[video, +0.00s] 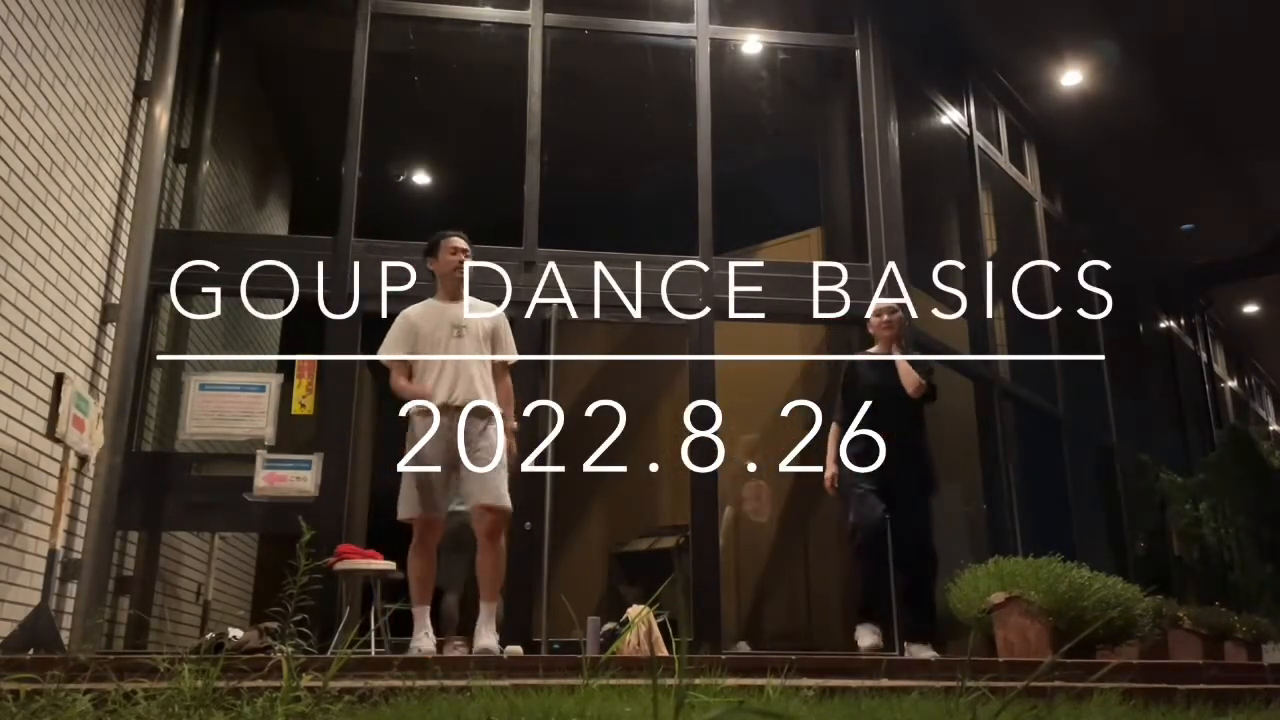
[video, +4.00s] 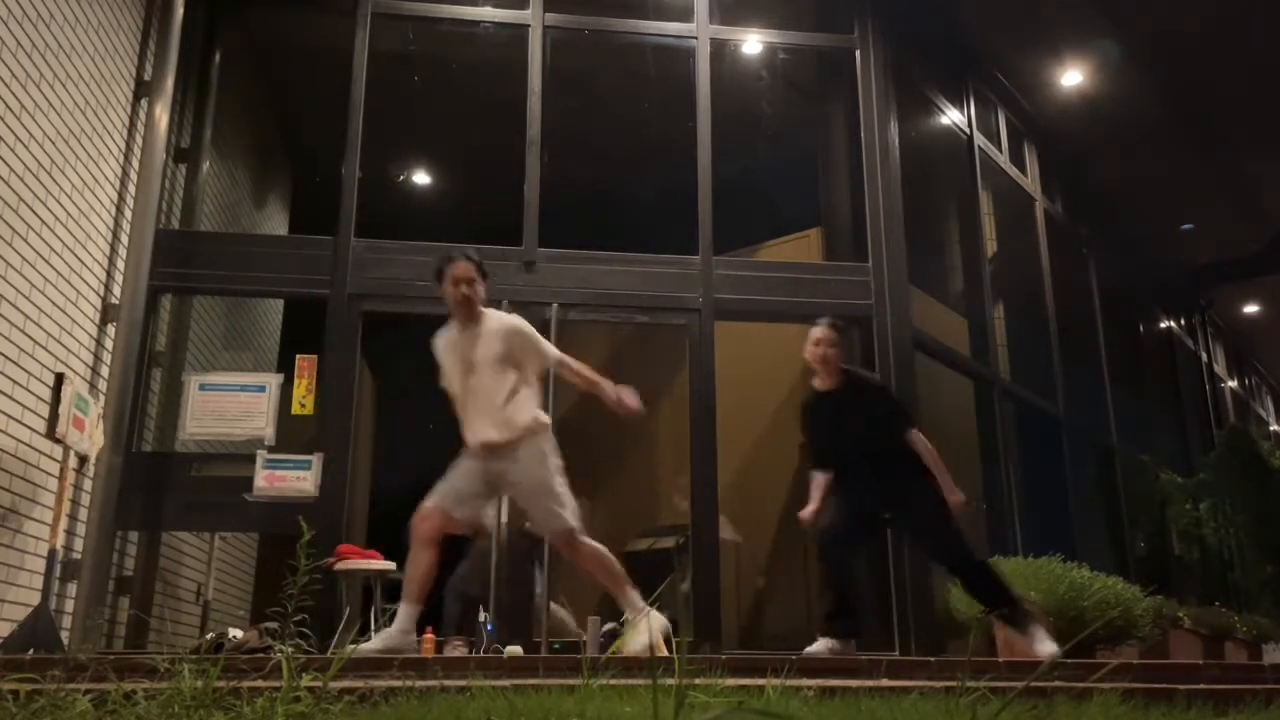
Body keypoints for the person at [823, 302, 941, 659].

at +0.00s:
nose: (886, 319)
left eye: (892, 313)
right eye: (879, 314)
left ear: (904, 319)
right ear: (870, 323)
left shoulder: (916, 357)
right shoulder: (856, 363)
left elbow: (916, 389)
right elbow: (841, 416)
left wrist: (896, 349)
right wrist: (831, 460)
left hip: (909, 468)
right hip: (864, 470)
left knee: (915, 550)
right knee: (870, 530)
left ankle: (917, 638)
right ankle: (867, 623)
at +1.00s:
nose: (833, 304)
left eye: (841, 298)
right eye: (828, 297)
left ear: (857, 307)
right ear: (821, 304)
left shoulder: (876, 358)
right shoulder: (804, 351)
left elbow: (898, 409)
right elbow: (772, 392)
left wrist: (896, 448)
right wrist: (772, 431)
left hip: (861, 461)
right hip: (810, 457)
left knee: (882, 541)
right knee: (793, 514)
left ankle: (903, 634)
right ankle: (779, 601)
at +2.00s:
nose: (863, 343)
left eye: (867, 335)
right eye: (854, 335)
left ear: (874, 341)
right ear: (838, 341)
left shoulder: (877, 385)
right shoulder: (822, 382)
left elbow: (913, 408)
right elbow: (813, 434)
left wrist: (927, 423)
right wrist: (859, 419)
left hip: (879, 486)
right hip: (835, 489)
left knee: (896, 552)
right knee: (866, 545)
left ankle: (905, 637)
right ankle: (864, 633)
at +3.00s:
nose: (836, 323)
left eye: (844, 316)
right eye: (831, 315)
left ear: (856, 324)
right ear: (819, 321)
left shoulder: (868, 366)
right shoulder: (808, 363)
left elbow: (891, 405)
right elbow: (772, 362)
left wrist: (843, 388)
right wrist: (763, 402)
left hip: (861, 472)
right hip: (814, 466)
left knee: (870, 551)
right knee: (770, 510)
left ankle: (866, 635)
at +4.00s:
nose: (822, 352)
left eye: (829, 345)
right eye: (816, 345)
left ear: (841, 352)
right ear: (805, 354)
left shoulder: (867, 390)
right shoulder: (814, 407)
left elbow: (914, 437)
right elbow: (821, 464)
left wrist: (948, 485)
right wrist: (815, 502)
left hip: (906, 488)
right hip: (858, 494)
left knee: (956, 556)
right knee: (831, 538)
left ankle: (1026, 625)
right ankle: (840, 637)